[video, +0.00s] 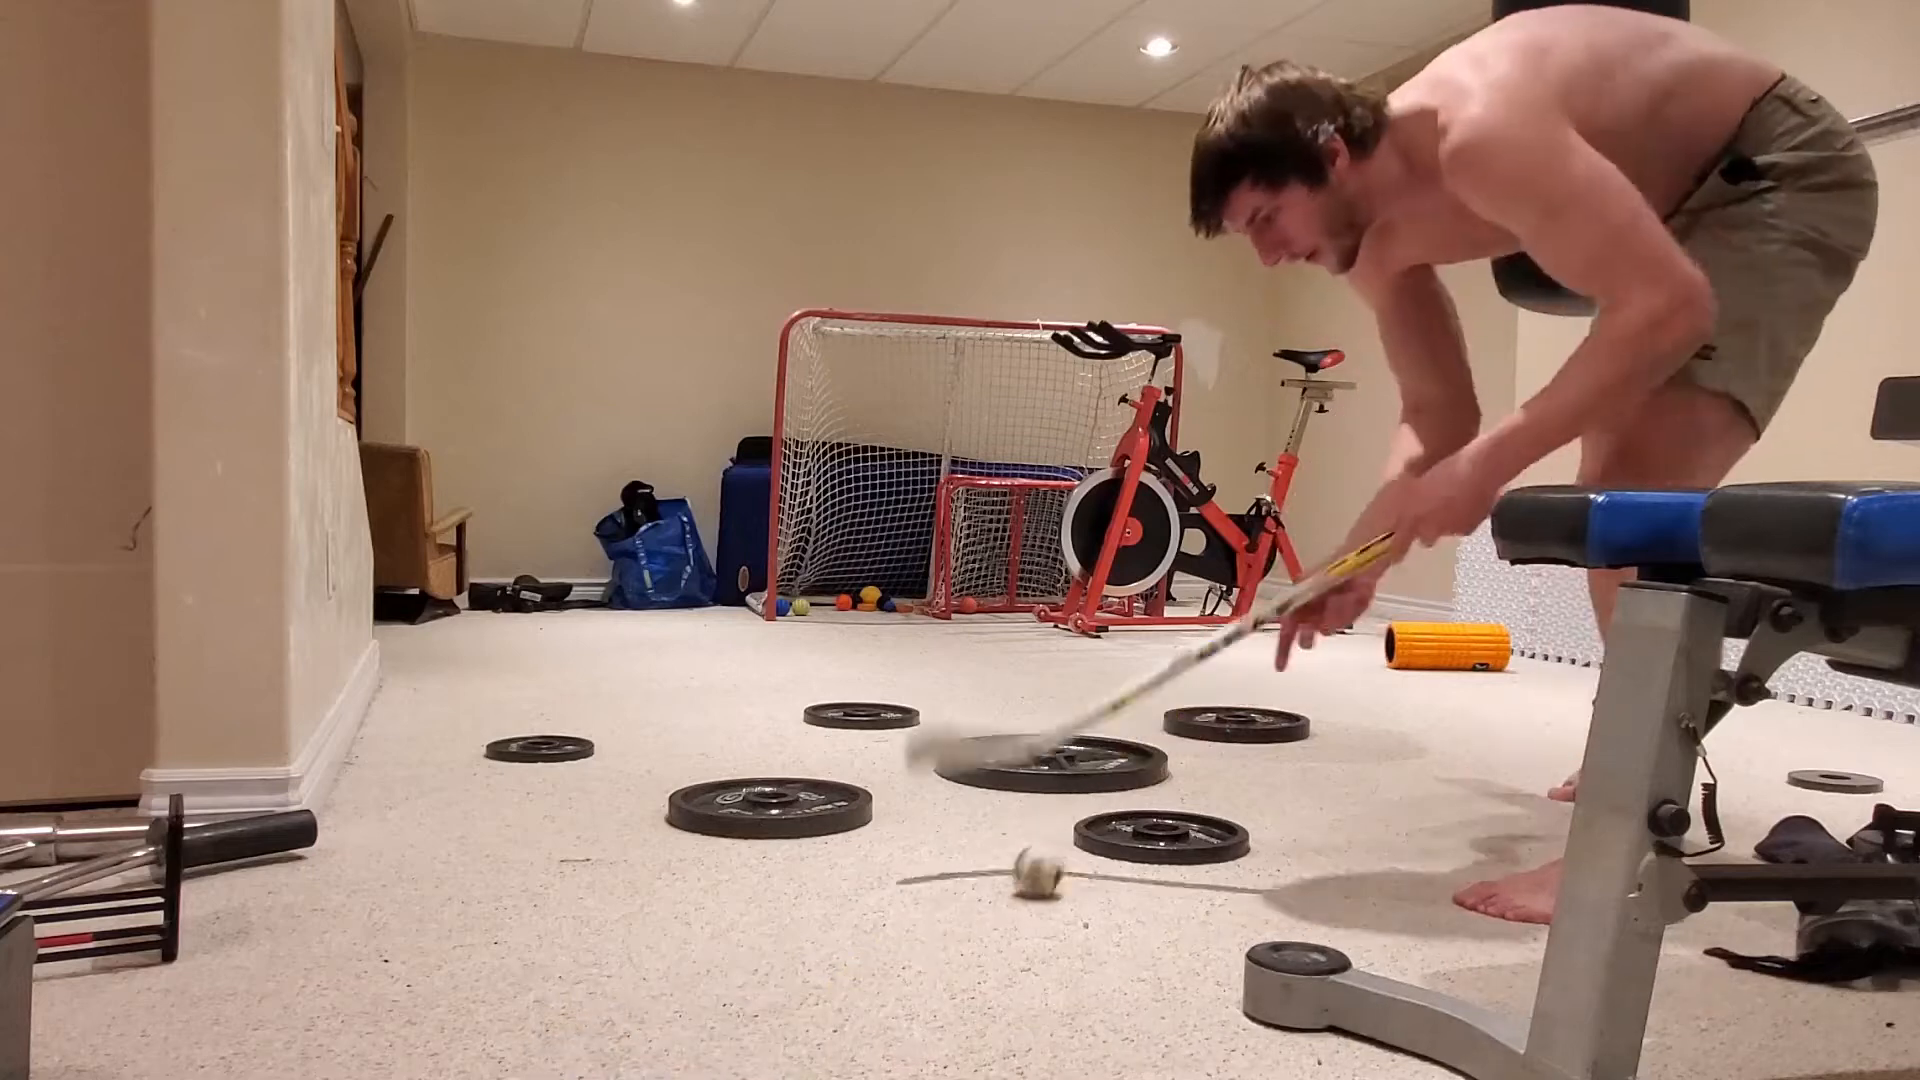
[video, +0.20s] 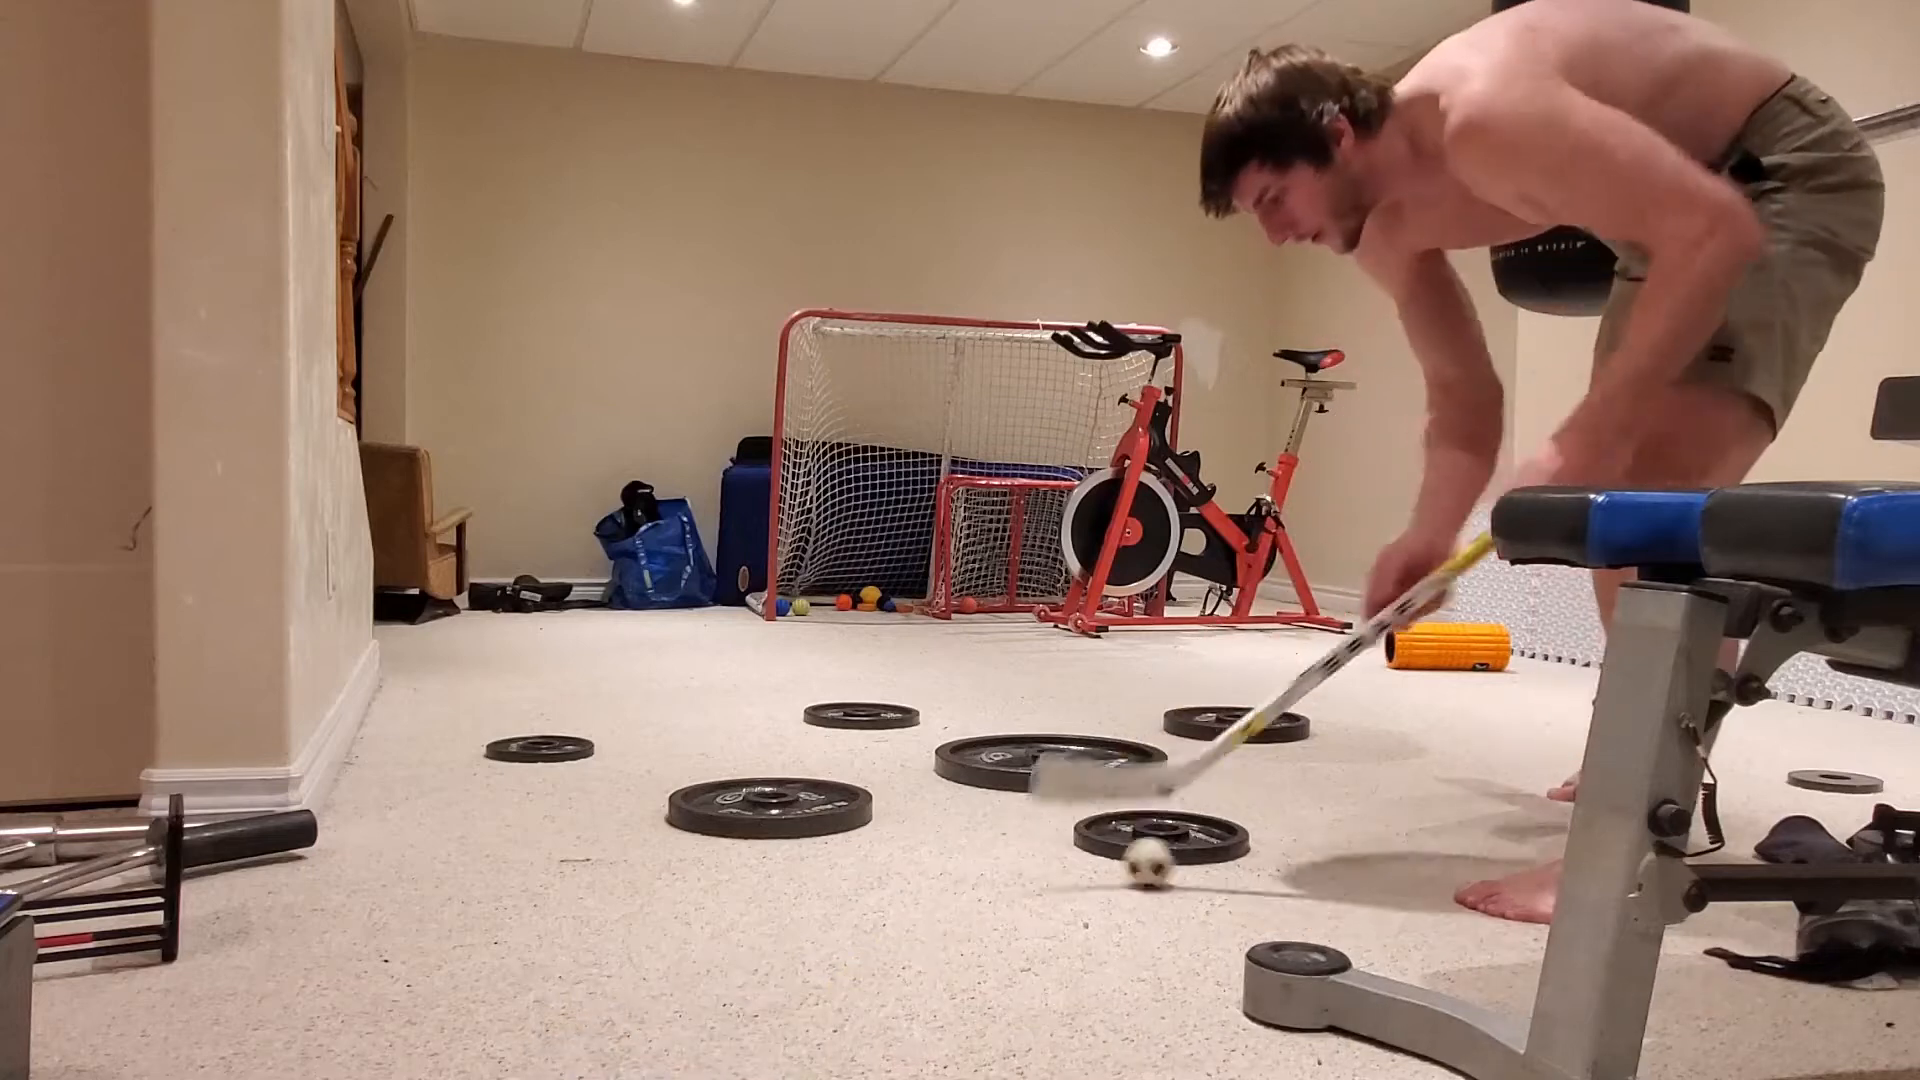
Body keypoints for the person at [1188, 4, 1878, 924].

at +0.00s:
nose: (1268, 255)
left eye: (1266, 220)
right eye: (1249, 239)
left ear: (1327, 153)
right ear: (1328, 162)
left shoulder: (1485, 135)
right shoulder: (1375, 240)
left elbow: (1667, 306)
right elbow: (1434, 415)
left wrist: (1486, 466)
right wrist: (1359, 561)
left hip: (1775, 167)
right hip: (1666, 210)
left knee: (1638, 504)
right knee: (1610, 495)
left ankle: (1626, 845)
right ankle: (1643, 752)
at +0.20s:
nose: (1274, 235)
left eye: (1273, 199)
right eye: (1255, 218)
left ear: (1335, 134)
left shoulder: (1487, 117)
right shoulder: (1383, 228)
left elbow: (1714, 231)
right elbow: (1461, 394)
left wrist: (1583, 442)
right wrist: (1430, 535)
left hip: (1789, 166)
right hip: (1661, 212)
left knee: (1642, 512)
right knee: (1598, 498)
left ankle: (1631, 847)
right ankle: (1652, 754)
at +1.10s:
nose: (1344, 377)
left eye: (1325, 360)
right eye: (1326, 369)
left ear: (1345, 309)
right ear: (1353, 306)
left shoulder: (1417, 260)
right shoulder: (1467, 284)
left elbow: (1519, 377)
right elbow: (1539, 491)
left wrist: (1485, 566)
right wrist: (1465, 616)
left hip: (1772, 228)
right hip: (1752, 238)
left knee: (1631, 517)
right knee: (1635, 513)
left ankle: (1633, 838)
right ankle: (1674, 766)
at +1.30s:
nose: (1337, 376)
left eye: (1323, 356)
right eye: (1322, 366)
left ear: (1349, 308)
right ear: (1360, 307)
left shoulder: (1423, 255)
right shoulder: (1473, 337)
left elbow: (1516, 350)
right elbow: (1483, 516)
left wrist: (1462, 522)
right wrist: (1393, 616)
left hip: (1769, 235)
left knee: (1604, 509)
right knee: (1614, 506)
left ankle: (1615, 834)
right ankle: (1672, 764)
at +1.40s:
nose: (1328, 362)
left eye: (1313, 343)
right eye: (1312, 352)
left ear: (1339, 295)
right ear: (1349, 292)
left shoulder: (1416, 245)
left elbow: (1517, 359)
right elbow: (1515, 492)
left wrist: (1484, 536)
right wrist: (1446, 616)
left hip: (1766, 229)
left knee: (1585, 500)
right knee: (1630, 509)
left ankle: (1580, 823)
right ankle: (1674, 771)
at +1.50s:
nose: (1309, 355)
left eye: (1295, 333)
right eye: (1293, 345)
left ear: (1322, 280)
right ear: (1331, 276)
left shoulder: (1399, 240)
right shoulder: (1428, 251)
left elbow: (1527, 354)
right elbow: (1520, 456)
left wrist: (1504, 560)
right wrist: (1487, 603)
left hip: (1753, 228)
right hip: (1727, 242)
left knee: (1588, 510)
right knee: (1627, 516)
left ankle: (1596, 834)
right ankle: (1672, 766)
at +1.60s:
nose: (1285, 344)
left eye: (1273, 320)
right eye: (1270, 332)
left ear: (1307, 272)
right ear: (1315, 272)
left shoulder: (1388, 227)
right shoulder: (1437, 307)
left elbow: (1527, 307)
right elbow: (1518, 449)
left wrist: (1492, 508)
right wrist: (1483, 607)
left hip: (1748, 213)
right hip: (1707, 239)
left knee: (1595, 497)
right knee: (1604, 493)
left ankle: (1600, 838)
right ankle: (1666, 760)